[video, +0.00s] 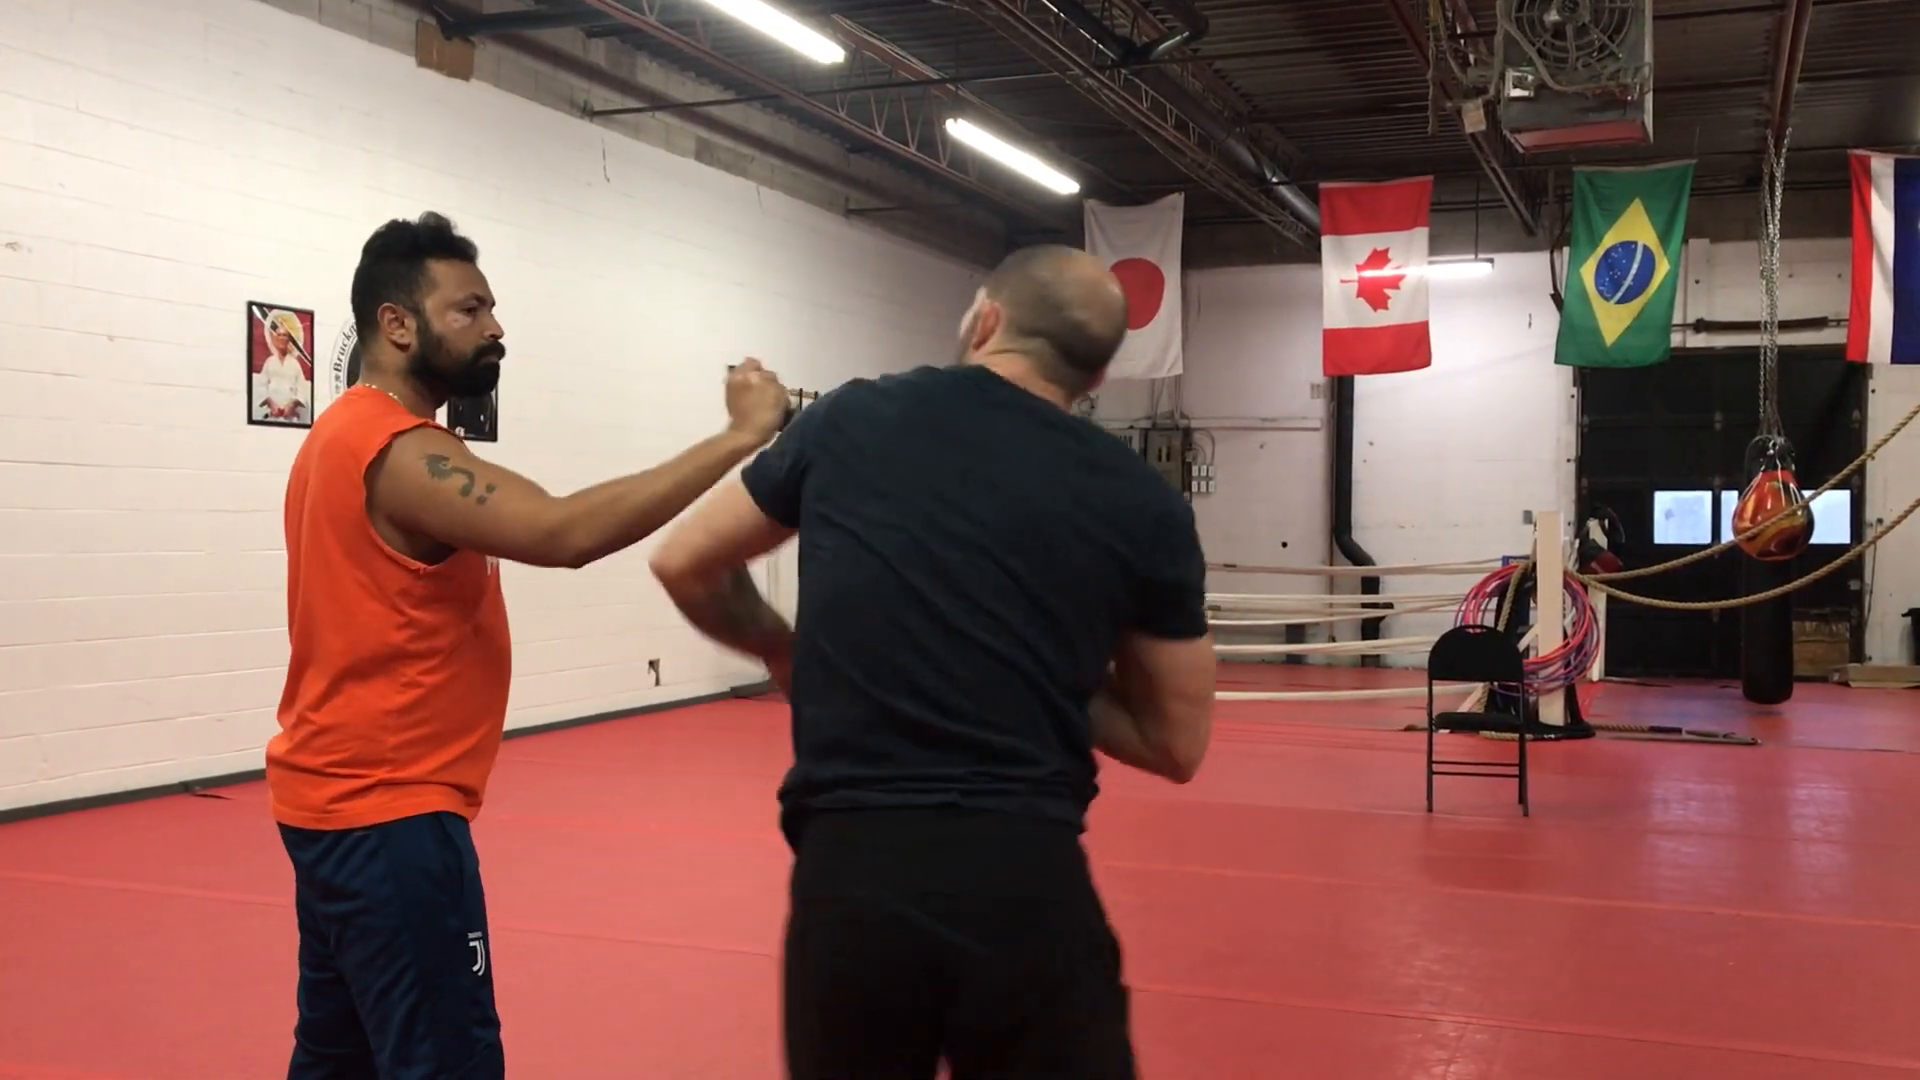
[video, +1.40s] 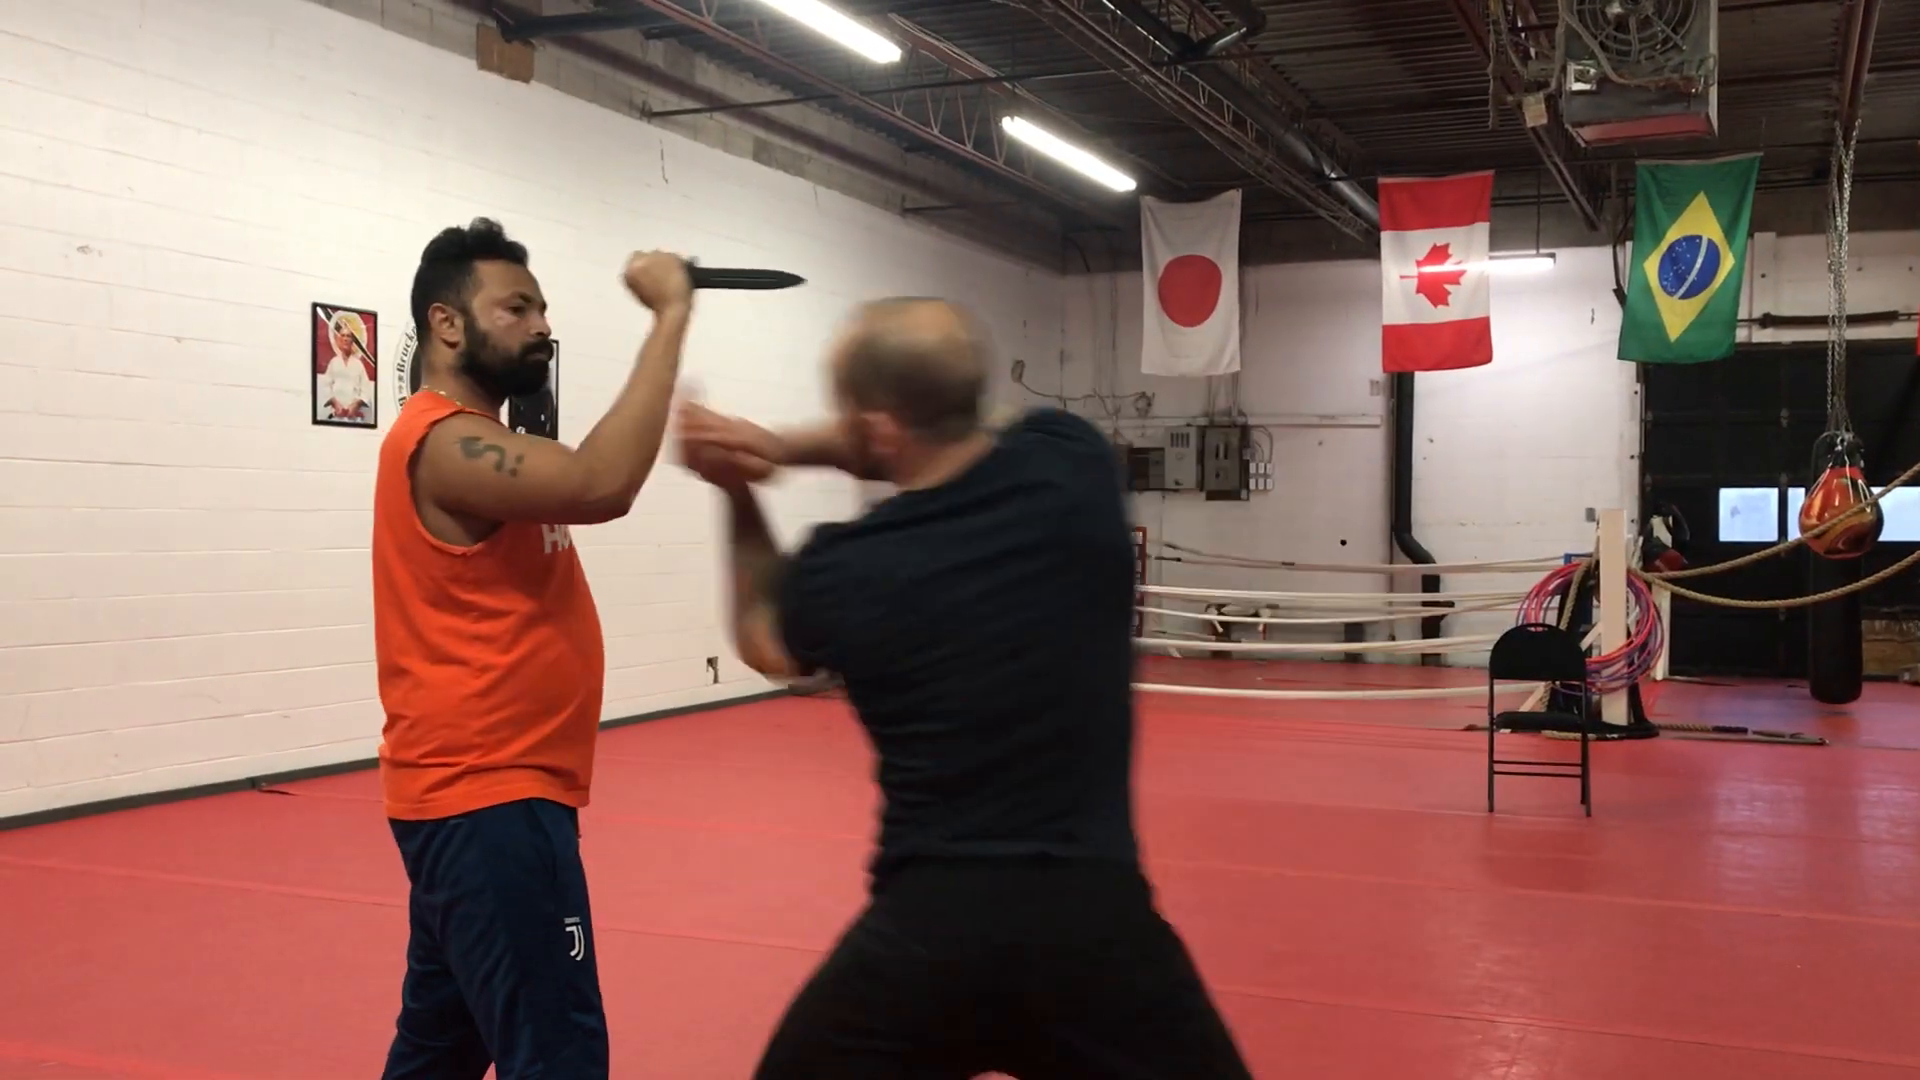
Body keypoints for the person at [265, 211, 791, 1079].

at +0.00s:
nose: (496, 328)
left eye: (489, 307)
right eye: (472, 308)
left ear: (395, 329)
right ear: (395, 324)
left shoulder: (336, 439)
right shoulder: (396, 450)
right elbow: (565, 531)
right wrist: (742, 438)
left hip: (335, 805)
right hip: (393, 814)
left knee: (337, 1057)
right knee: (452, 1058)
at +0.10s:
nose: (493, 326)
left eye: (489, 305)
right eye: (468, 306)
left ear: (397, 328)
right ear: (394, 323)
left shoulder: (346, 434)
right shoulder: (391, 446)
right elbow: (552, 542)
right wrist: (705, 426)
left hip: (345, 805)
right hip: (394, 812)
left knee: (342, 1057)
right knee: (451, 1059)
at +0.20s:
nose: (486, 326)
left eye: (483, 305)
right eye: (462, 306)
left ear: (391, 328)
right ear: (388, 322)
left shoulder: (353, 435)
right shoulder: (385, 442)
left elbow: (386, 633)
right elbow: (534, 542)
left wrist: (466, 763)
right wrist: (653, 402)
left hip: (361, 803)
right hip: (395, 809)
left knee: (350, 1055)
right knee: (451, 1059)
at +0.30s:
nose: (480, 323)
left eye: (475, 305)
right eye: (455, 306)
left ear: (388, 327)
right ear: (380, 321)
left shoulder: (381, 435)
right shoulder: (373, 440)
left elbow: (403, 636)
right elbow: (519, 526)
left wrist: (479, 760)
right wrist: (583, 367)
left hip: (394, 799)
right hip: (393, 806)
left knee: (355, 1053)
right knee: (451, 1057)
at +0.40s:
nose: (468, 326)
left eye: (467, 309)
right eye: (445, 305)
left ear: (382, 329)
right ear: (376, 323)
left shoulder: (390, 437)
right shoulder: (361, 439)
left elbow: (401, 640)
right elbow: (503, 499)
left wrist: (488, 760)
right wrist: (505, 334)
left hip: (404, 803)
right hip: (398, 809)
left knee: (362, 1056)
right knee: (451, 1058)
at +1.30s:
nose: (534, 327)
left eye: (533, 309)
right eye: (511, 308)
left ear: (448, 332)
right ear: (440, 325)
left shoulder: (449, 437)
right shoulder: (436, 440)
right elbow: (583, 485)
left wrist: (544, 784)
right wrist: (627, 316)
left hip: (473, 794)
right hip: (483, 800)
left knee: (437, 1052)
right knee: (555, 1055)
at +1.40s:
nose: (542, 328)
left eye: (540, 308)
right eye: (518, 307)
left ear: (451, 332)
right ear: (446, 325)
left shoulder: (453, 433)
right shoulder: (446, 439)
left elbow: (602, 495)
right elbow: (603, 483)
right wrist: (671, 314)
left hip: (474, 793)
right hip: (488, 797)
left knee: (438, 1049)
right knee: (560, 1055)